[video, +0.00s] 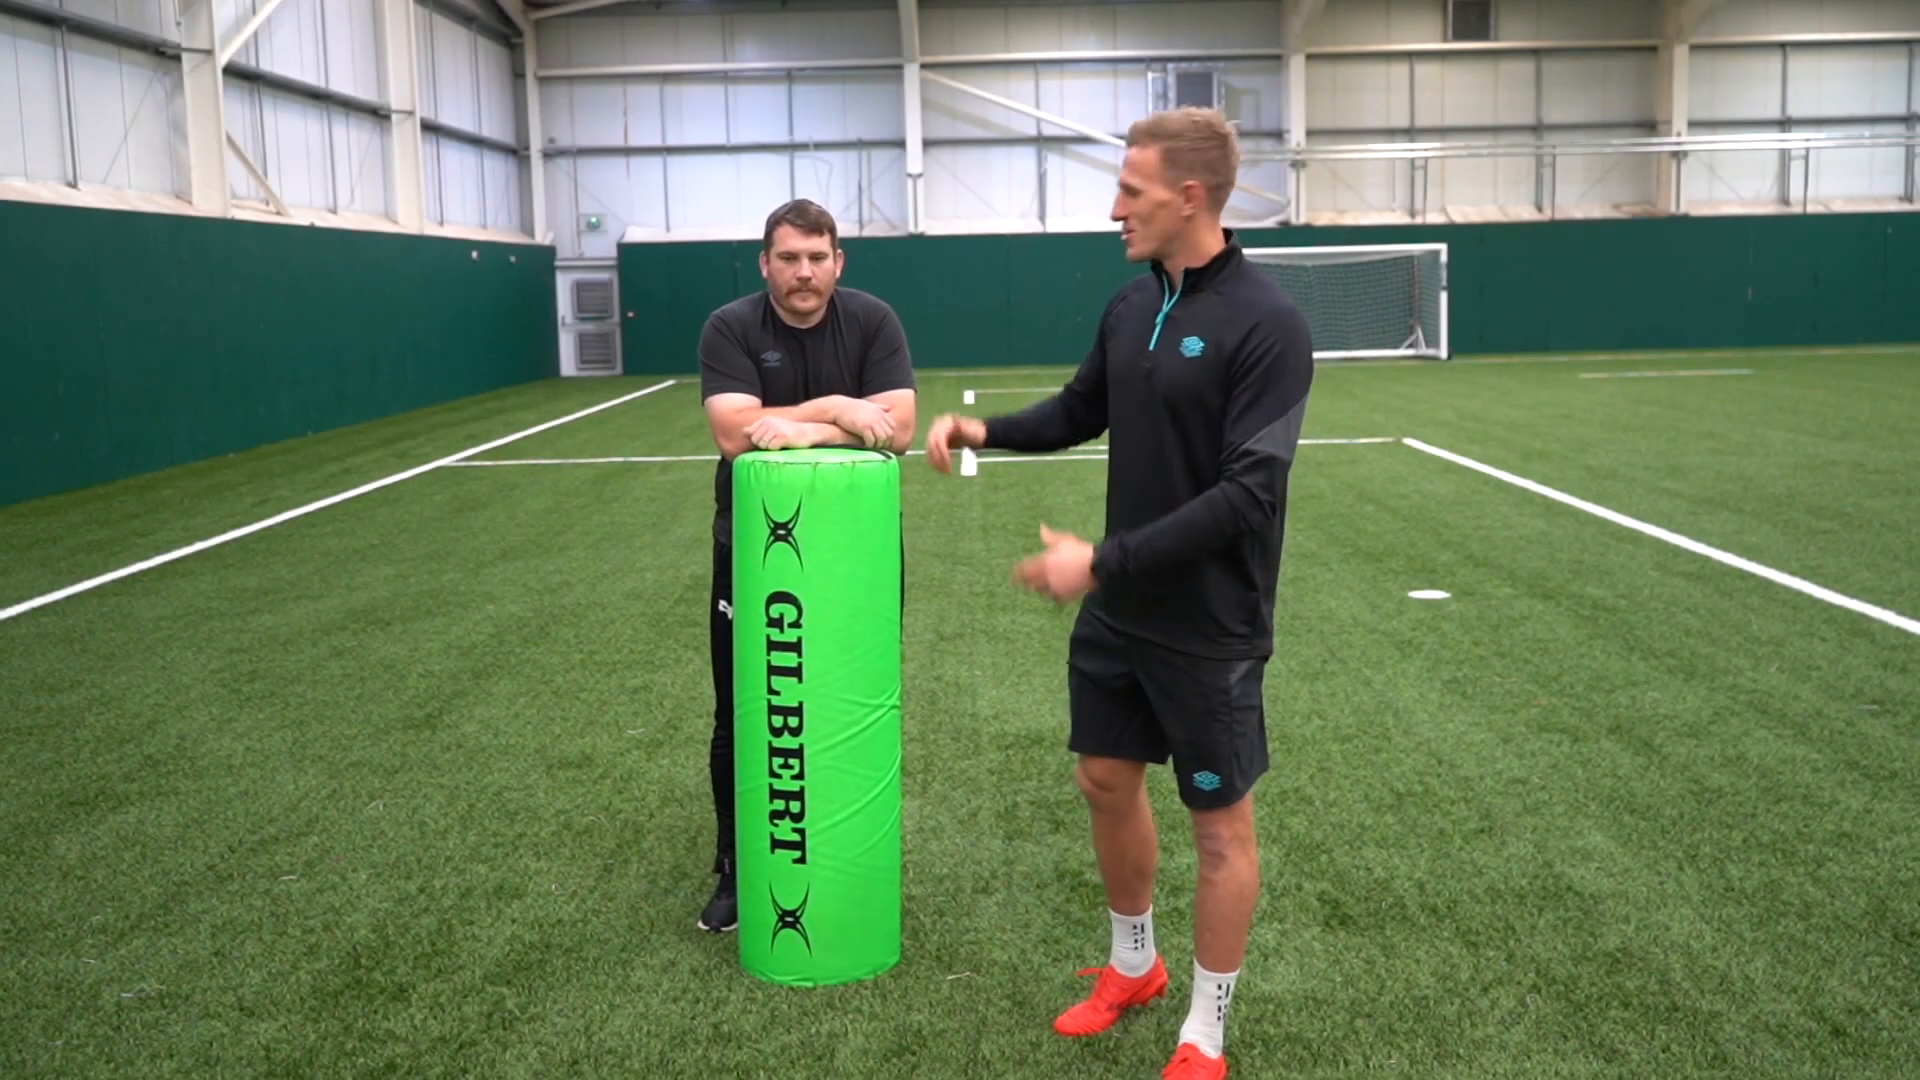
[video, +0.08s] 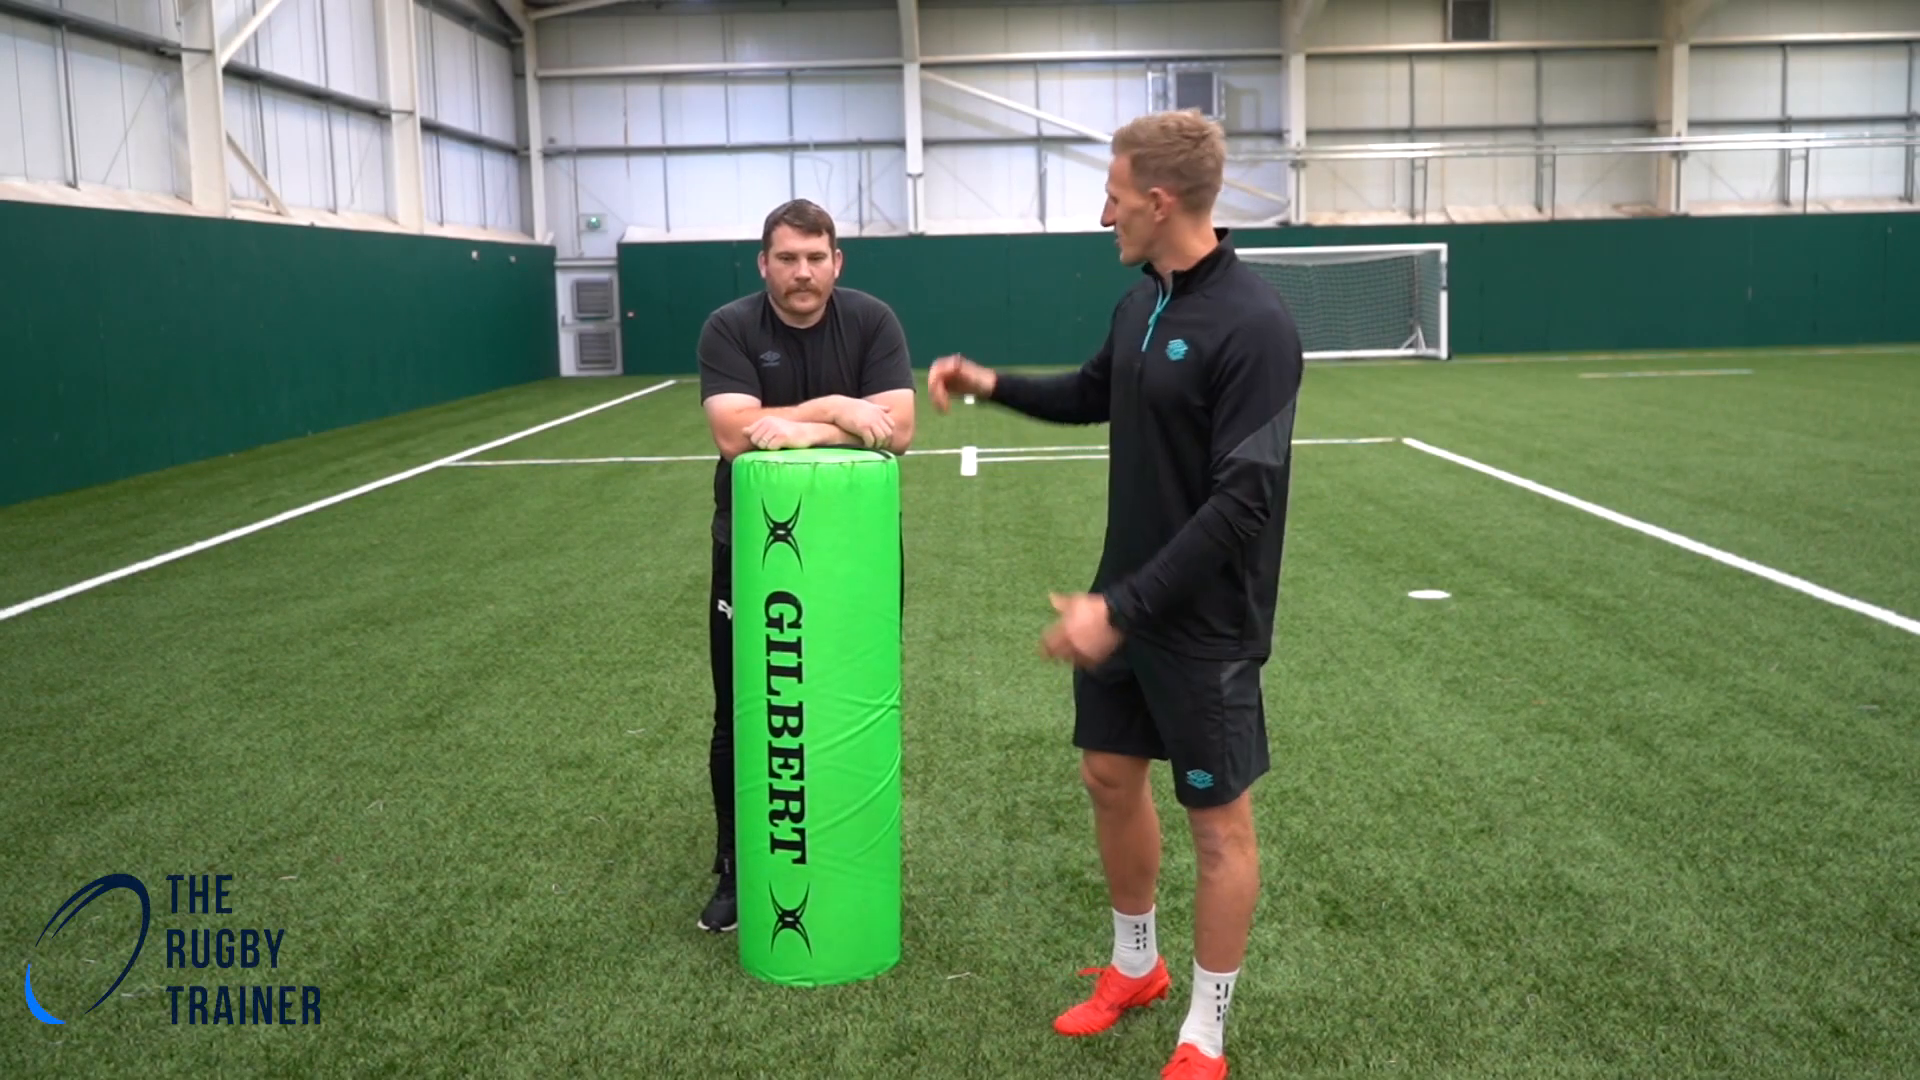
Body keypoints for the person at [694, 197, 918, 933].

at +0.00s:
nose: (804, 273)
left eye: (817, 258)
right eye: (789, 259)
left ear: (837, 260)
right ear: (765, 264)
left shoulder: (873, 320)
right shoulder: (732, 327)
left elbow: (899, 428)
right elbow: (734, 434)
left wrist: (795, 426)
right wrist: (842, 410)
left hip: (851, 550)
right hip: (754, 550)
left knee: (849, 716)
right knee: (742, 713)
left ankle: (846, 880)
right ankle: (736, 874)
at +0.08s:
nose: (803, 273)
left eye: (816, 258)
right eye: (787, 259)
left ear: (836, 260)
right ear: (764, 264)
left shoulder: (872, 320)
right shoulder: (731, 327)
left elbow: (899, 429)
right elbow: (734, 434)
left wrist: (795, 426)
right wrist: (842, 410)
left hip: (850, 552)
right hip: (752, 551)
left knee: (849, 718)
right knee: (742, 714)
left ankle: (845, 881)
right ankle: (736, 874)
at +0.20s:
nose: (802, 273)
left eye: (814, 258)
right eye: (786, 260)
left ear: (834, 260)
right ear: (762, 265)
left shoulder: (870, 320)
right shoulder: (730, 327)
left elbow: (897, 428)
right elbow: (733, 434)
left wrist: (792, 426)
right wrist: (841, 410)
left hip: (850, 552)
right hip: (752, 552)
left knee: (847, 717)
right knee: (742, 715)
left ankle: (844, 881)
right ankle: (736, 874)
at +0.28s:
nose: (801, 273)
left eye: (814, 258)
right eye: (785, 259)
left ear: (833, 260)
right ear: (761, 265)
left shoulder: (870, 320)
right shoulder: (729, 327)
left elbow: (896, 428)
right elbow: (732, 434)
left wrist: (790, 426)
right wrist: (840, 410)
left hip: (848, 552)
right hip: (751, 552)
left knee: (846, 717)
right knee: (741, 715)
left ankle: (844, 882)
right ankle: (736, 874)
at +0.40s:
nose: (800, 273)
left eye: (813, 258)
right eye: (784, 259)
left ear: (832, 259)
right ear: (760, 265)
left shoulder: (868, 320)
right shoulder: (728, 327)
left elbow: (895, 427)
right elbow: (731, 434)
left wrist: (789, 426)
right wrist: (840, 410)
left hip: (848, 552)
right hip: (750, 552)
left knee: (846, 718)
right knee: (741, 716)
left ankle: (844, 882)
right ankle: (736, 875)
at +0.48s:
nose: (800, 273)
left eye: (813, 258)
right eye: (784, 260)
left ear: (832, 259)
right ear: (760, 266)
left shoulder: (867, 319)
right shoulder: (728, 327)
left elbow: (895, 427)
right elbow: (731, 435)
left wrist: (789, 426)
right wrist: (839, 410)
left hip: (848, 552)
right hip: (750, 552)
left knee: (846, 717)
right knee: (740, 715)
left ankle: (844, 881)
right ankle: (735, 874)